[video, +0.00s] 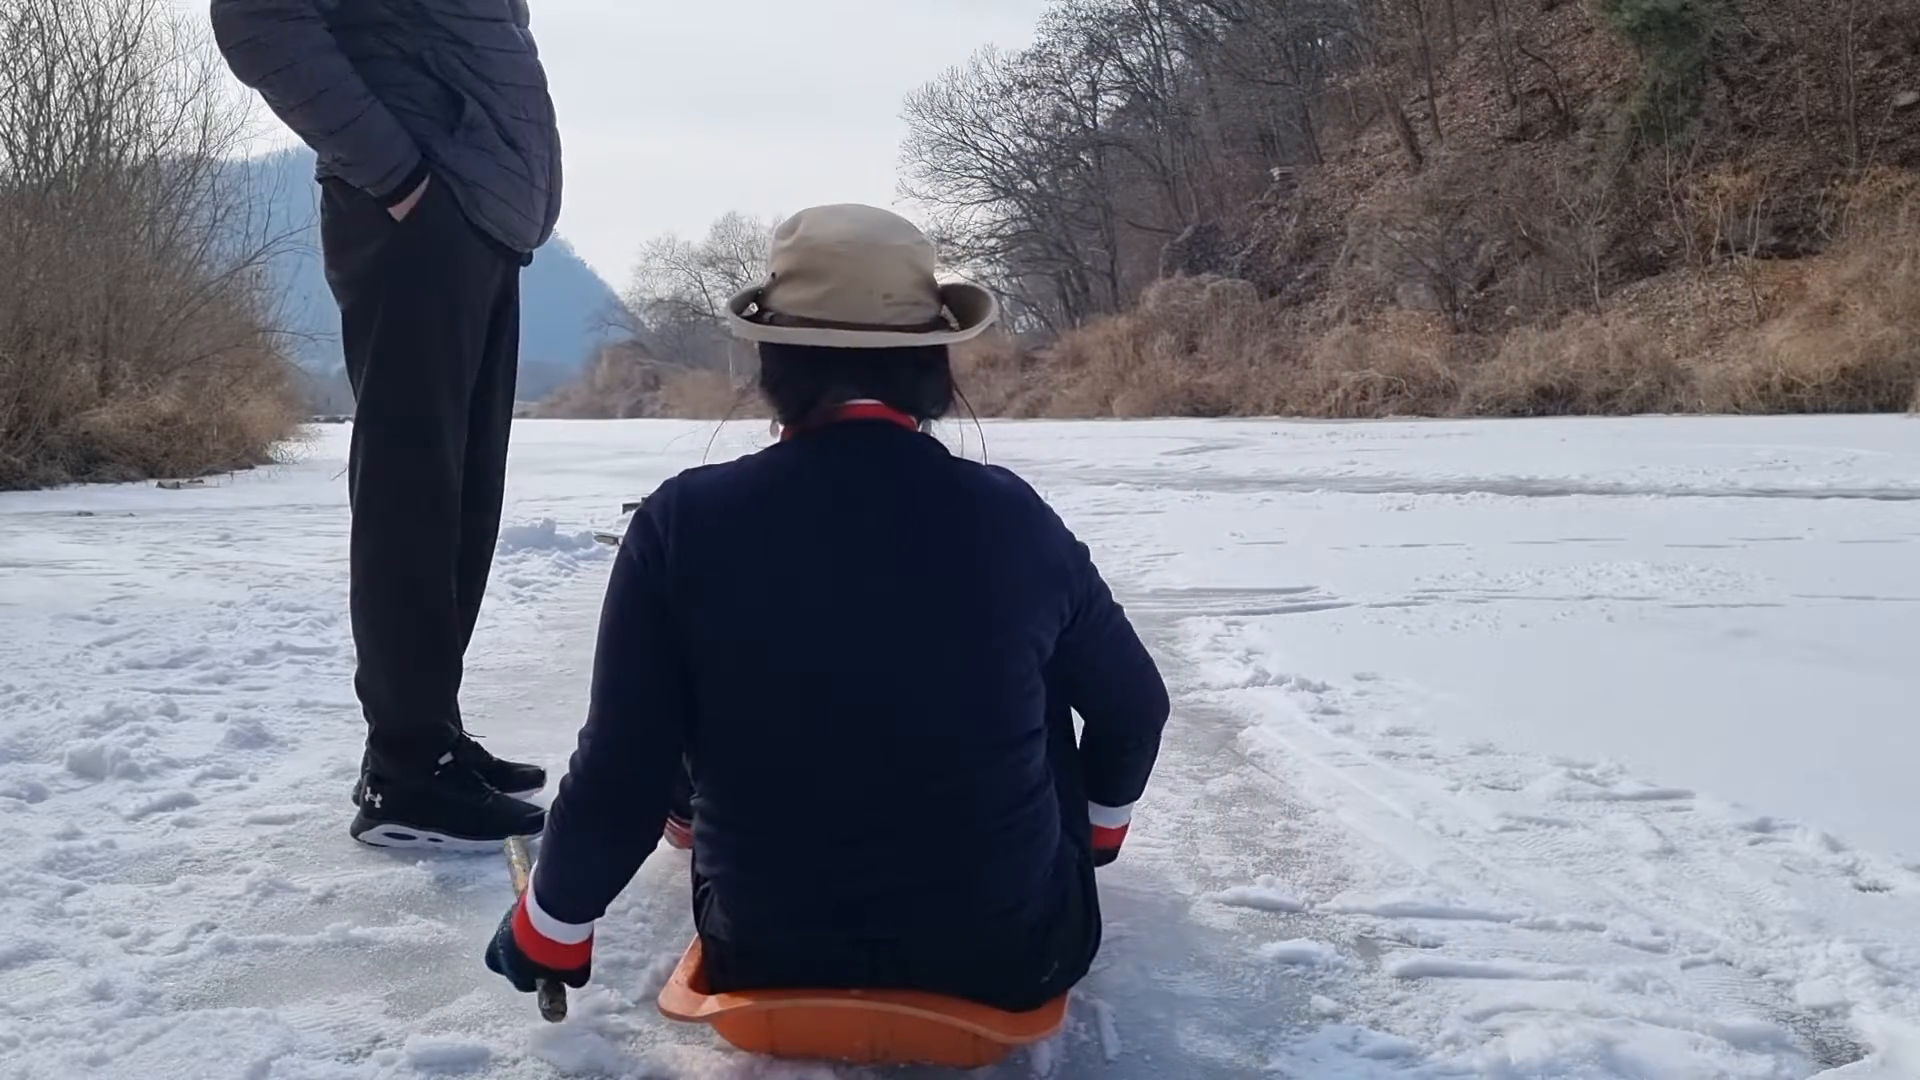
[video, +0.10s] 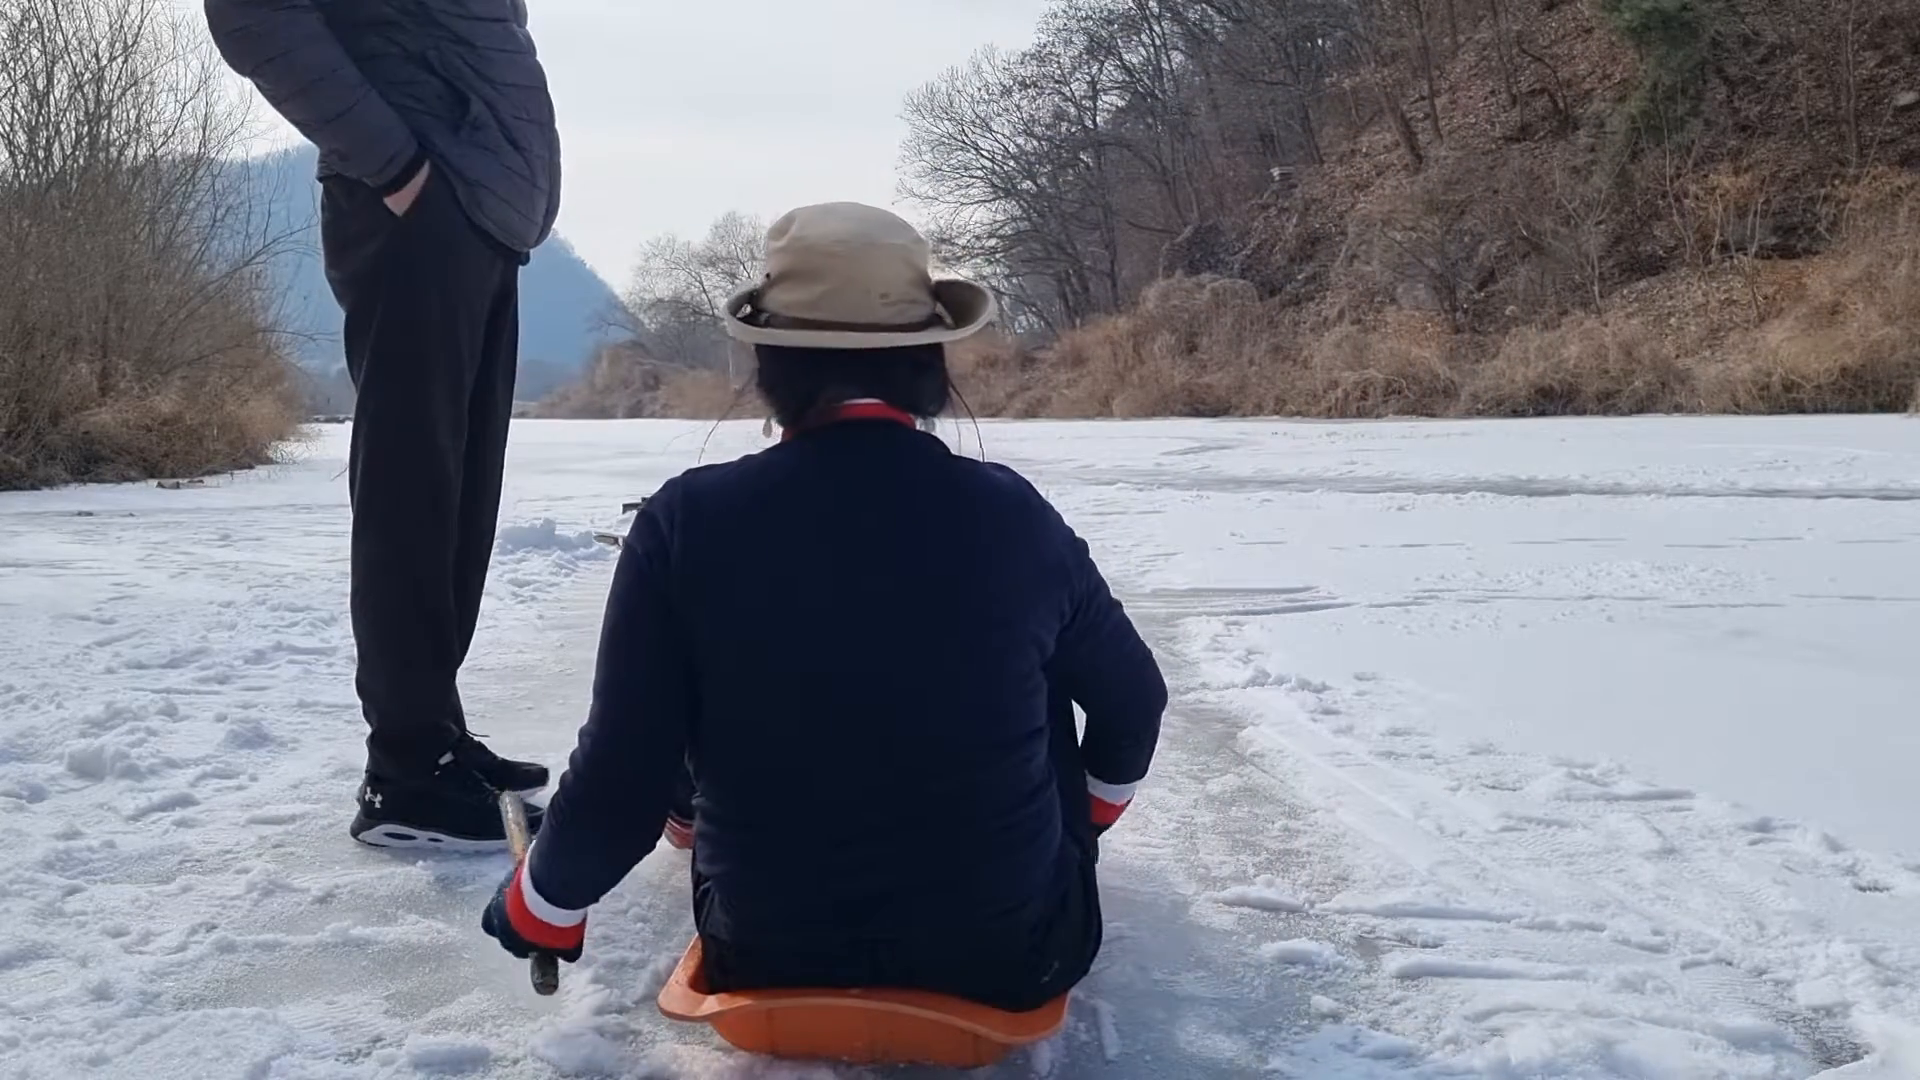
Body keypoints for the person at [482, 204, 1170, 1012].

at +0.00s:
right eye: (947, 355)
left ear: (774, 373)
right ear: (936, 371)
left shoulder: (684, 520)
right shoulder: (1013, 515)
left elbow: (625, 760)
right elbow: (1133, 703)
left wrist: (550, 924)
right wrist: (1089, 827)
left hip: (767, 949)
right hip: (993, 957)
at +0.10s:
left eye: (758, 359)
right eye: (943, 352)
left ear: (771, 373)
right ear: (932, 369)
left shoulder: (688, 519)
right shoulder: (1012, 513)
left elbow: (626, 763)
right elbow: (1132, 691)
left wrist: (541, 903)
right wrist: (1086, 807)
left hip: (769, 951)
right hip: (994, 960)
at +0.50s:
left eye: (803, 351)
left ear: (815, 370)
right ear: (968, 368)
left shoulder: (722, 505)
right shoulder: (1034, 513)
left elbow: (638, 751)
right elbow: (1114, 623)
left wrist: (564, 824)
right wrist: (1151, 648)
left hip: (774, 954)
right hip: (995, 968)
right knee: (1036, 664)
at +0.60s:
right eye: (997, 346)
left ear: (830, 361)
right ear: (986, 365)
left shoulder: (736, 498)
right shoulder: (1043, 512)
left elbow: (640, 761)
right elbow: (1117, 620)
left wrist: (579, 772)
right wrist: (1139, 600)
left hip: (774, 959)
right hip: (997, 968)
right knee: (1036, 663)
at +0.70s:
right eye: (1018, 345)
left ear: (844, 361)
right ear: (1005, 363)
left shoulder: (751, 490)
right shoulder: (1057, 510)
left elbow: (641, 764)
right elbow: (1112, 584)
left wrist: (601, 700)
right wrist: (1120, 527)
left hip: (782, 953)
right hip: (1007, 961)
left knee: (618, 664)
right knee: (1040, 663)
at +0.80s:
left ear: (859, 359)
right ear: (1022, 365)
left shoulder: (767, 482)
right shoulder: (1074, 509)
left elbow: (647, 752)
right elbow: (1105, 505)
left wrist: (641, 638)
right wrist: (1090, 452)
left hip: (784, 951)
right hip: (1007, 961)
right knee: (1051, 684)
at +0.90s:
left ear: (872, 365)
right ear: (1036, 376)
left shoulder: (779, 475)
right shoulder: (1083, 503)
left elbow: (657, 714)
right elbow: (1090, 450)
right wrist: (1070, 386)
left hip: (788, 950)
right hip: (1010, 961)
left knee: (680, 715)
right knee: (1058, 674)